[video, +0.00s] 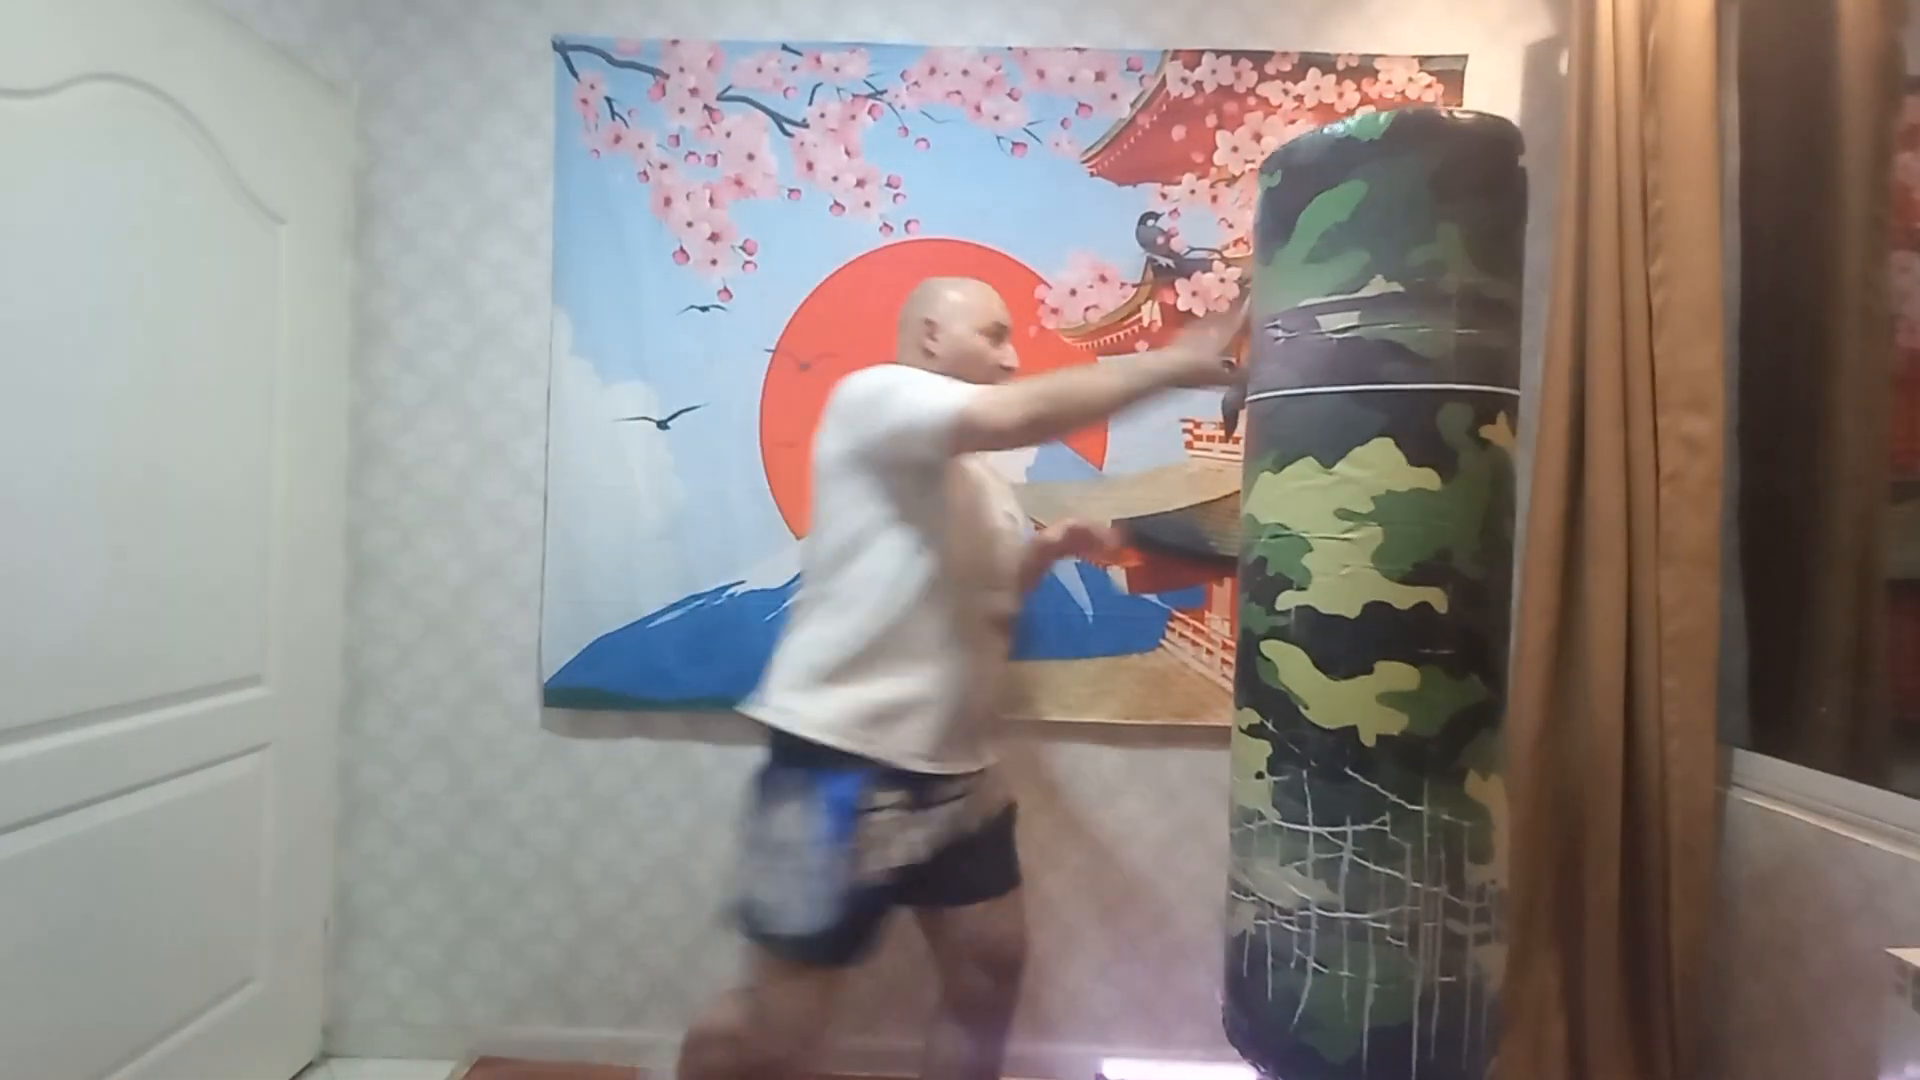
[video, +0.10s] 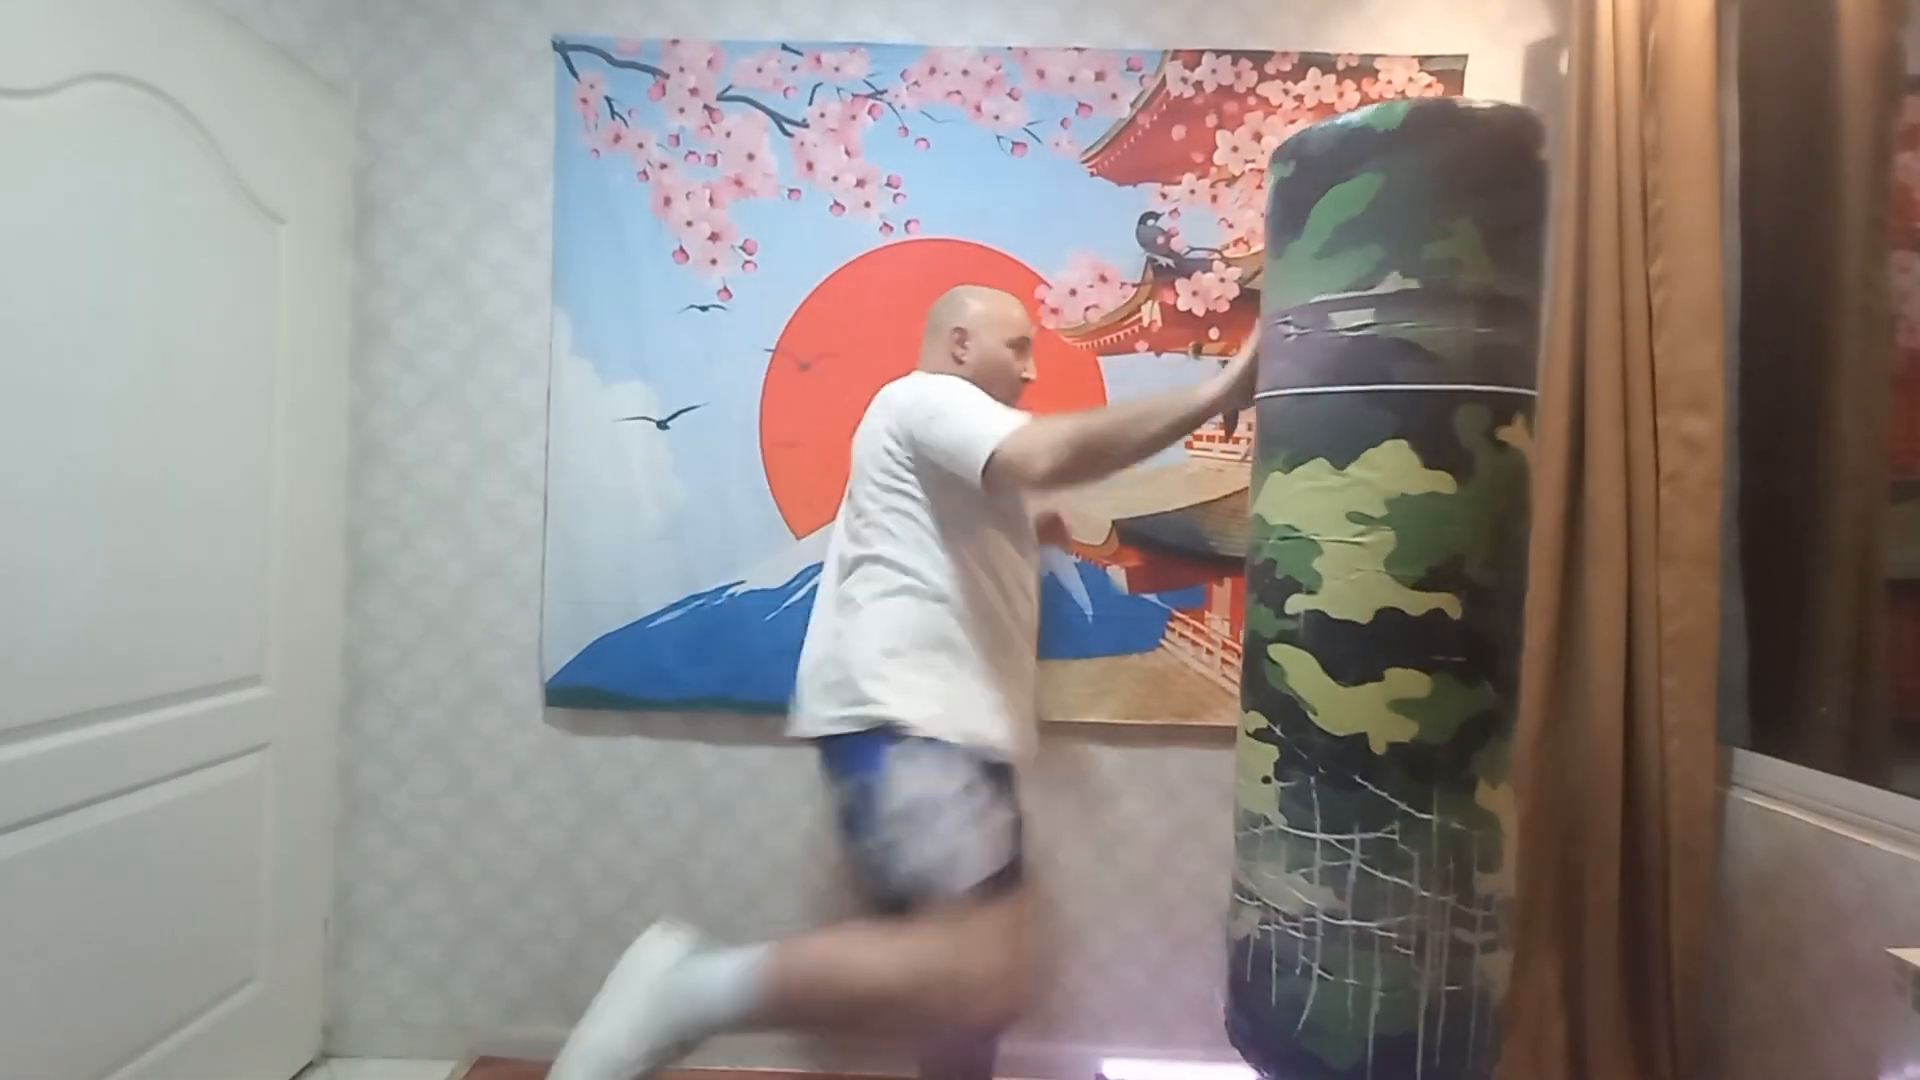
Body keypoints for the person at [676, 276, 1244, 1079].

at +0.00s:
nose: (1011, 355)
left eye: (1012, 339)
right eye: (992, 335)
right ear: (928, 335)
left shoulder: (993, 467)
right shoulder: (870, 401)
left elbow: (985, 600)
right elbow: (1020, 410)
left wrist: (1050, 547)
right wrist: (1181, 361)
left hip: (952, 768)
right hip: (835, 763)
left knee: (988, 979)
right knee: (777, 1030)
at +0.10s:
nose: (1032, 369)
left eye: (1032, 352)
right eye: (1018, 349)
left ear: (966, 344)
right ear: (959, 343)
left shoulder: (970, 441)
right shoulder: (922, 401)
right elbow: (1042, 455)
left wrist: (1037, 529)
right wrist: (1213, 395)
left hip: (947, 723)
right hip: (904, 715)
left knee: (971, 979)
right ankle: (692, 985)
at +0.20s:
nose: (1037, 371)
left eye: (1041, 353)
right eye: (1028, 350)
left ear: (967, 343)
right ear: (973, 341)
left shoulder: (924, 416)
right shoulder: (936, 396)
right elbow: (984, 497)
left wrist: (1027, 467)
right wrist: (1167, 448)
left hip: (879, 707)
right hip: (923, 694)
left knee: (969, 944)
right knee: (1157, 798)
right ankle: (1032, 973)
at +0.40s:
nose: (1047, 383)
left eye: (1048, 368)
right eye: (1037, 364)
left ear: (1002, 362)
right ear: (976, 354)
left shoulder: (999, 459)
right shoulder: (913, 411)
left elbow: (999, 592)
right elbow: (871, 520)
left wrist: (1050, 502)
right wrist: (1038, 524)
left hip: (925, 678)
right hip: (903, 669)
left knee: (951, 949)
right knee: (1110, 794)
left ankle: (940, 1074)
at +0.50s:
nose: (1040, 386)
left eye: (1042, 369)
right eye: (1027, 365)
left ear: (979, 362)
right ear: (970, 358)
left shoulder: (991, 474)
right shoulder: (903, 408)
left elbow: (1014, 603)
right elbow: (825, 513)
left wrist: (1053, 511)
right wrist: (973, 503)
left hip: (945, 687)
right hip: (886, 677)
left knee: (946, 955)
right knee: (1053, 859)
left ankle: (941, 1074)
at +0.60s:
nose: (1020, 382)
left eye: (1023, 366)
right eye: (1007, 362)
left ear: (965, 358)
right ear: (948, 354)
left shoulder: (992, 464)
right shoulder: (875, 410)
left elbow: (998, 600)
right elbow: (796, 520)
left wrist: (1032, 513)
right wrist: (940, 474)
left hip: (955, 711)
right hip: (871, 702)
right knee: (942, 957)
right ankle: (805, 1066)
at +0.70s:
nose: (988, 379)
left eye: (992, 363)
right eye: (974, 359)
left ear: (939, 358)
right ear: (916, 351)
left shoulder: (971, 464)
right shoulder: (837, 417)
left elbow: (986, 596)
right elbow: (774, 535)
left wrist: (1012, 521)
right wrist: (913, 466)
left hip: (944, 742)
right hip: (831, 737)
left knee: (947, 963)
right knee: (820, 974)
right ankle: (733, 1054)